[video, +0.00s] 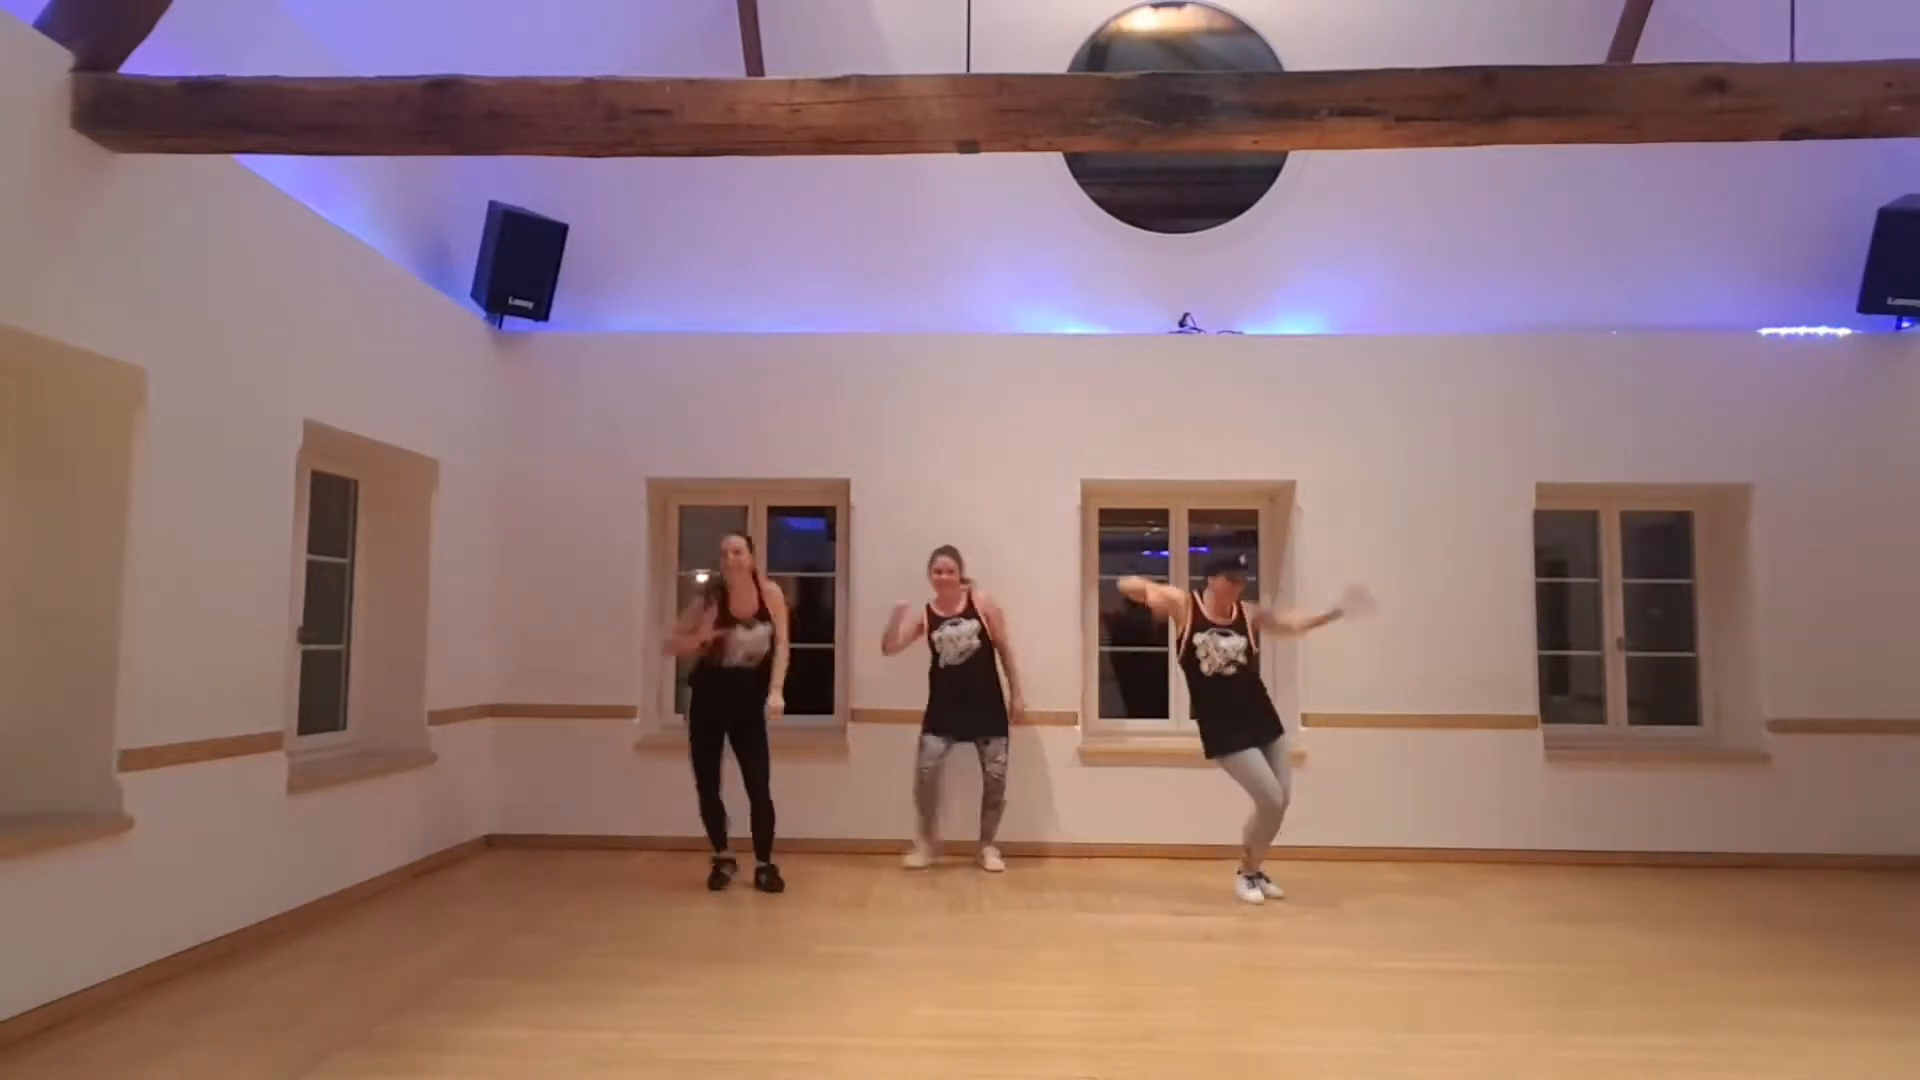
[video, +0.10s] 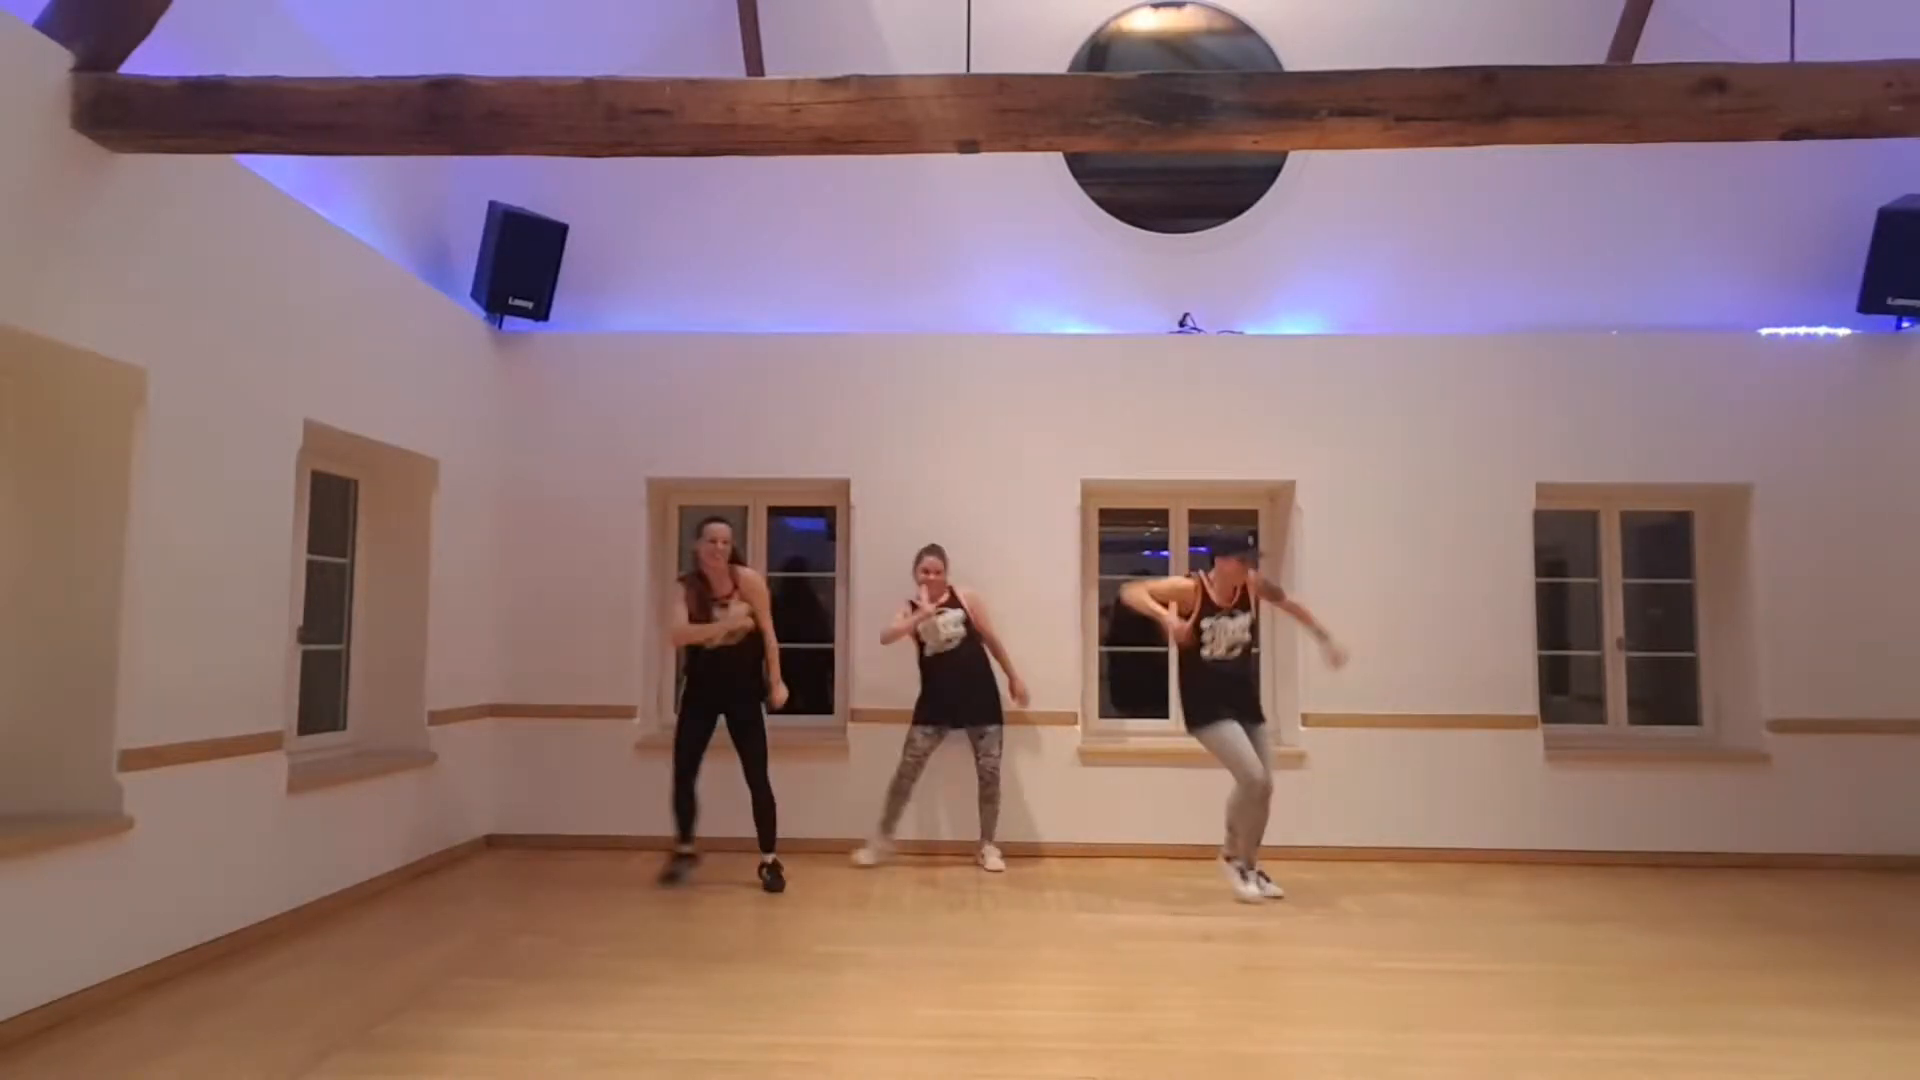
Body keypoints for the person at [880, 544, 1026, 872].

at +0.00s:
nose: (943, 577)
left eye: (950, 571)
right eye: (937, 572)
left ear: (961, 574)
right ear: (929, 576)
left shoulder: (982, 603)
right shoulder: (927, 613)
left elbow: (1004, 649)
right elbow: (889, 648)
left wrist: (1016, 694)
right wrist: (896, 621)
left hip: (986, 701)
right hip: (944, 703)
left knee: (996, 775)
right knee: (926, 769)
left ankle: (988, 845)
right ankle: (927, 843)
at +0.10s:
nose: (931, 578)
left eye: (937, 572)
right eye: (925, 572)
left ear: (947, 573)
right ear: (915, 574)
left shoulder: (966, 600)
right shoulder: (911, 609)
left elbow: (990, 639)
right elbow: (887, 637)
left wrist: (1013, 678)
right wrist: (920, 616)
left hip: (980, 696)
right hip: (937, 699)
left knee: (989, 771)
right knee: (908, 767)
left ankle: (988, 845)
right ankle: (882, 841)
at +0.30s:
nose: (906, 589)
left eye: (911, 584)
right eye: (900, 582)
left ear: (917, 587)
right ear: (885, 582)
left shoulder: (927, 616)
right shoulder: (873, 606)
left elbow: (964, 649)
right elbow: (888, 631)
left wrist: (1002, 682)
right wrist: (935, 635)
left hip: (947, 700)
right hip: (906, 705)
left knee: (968, 771)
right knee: (887, 778)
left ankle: (983, 842)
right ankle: (851, 842)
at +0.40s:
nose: (893, 593)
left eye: (898, 587)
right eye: (887, 586)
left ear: (902, 589)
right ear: (871, 585)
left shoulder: (904, 619)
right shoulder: (857, 605)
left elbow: (941, 658)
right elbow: (883, 629)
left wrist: (981, 694)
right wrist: (927, 640)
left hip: (924, 701)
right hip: (883, 710)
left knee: (956, 767)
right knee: (868, 779)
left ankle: (981, 841)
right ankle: (848, 843)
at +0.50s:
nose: (883, 592)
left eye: (888, 586)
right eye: (877, 585)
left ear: (892, 586)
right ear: (860, 583)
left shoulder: (893, 616)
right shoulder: (845, 604)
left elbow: (920, 663)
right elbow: (874, 632)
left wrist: (947, 702)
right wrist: (911, 655)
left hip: (906, 698)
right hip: (865, 704)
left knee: (945, 759)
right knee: (858, 776)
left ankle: (969, 840)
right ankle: (847, 843)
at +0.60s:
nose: (873, 584)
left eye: (878, 578)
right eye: (867, 577)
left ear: (884, 579)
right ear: (853, 576)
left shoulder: (890, 607)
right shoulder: (839, 599)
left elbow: (909, 655)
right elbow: (853, 642)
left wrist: (927, 702)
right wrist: (888, 672)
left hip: (896, 698)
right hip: (855, 701)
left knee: (932, 758)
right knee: (851, 774)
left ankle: (949, 841)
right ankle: (846, 843)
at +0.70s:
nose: (869, 575)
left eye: (874, 569)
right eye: (863, 568)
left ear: (882, 571)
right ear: (850, 569)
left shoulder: (888, 599)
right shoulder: (836, 592)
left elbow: (912, 642)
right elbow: (828, 641)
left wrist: (918, 691)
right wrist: (854, 681)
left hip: (888, 689)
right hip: (846, 690)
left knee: (913, 759)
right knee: (850, 768)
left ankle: (927, 842)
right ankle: (847, 842)